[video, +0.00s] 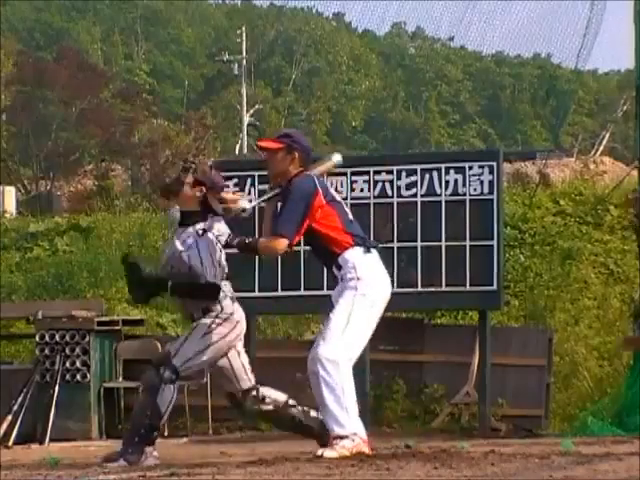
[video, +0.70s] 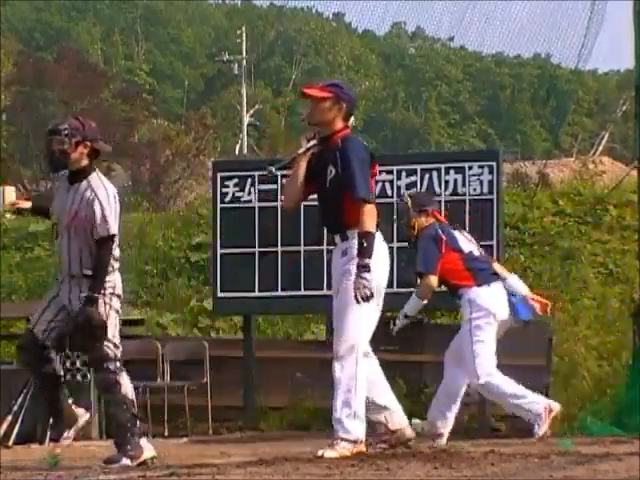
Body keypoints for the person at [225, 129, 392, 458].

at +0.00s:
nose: (265, 160)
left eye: (271, 154)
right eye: (266, 154)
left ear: (292, 157)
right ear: (291, 158)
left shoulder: (303, 185)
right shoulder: (302, 186)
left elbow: (278, 246)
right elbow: (274, 242)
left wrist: (242, 244)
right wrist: (272, 202)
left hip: (363, 276)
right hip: (355, 277)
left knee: (330, 355)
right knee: (321, 356)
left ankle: (351, 437)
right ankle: (344, 434)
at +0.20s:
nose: (278, 136)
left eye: (285, 130)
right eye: (280, 130)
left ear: (305, 136)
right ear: (297, 137)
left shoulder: (315, 167)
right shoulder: (300, 175)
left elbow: (316, 232)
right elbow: (277, 234)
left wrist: (268, 253)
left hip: (355, 262)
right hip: (345, 265)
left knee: (334, 353)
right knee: (324, 354)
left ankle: (351, 436)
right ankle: (348, 435)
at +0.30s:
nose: (286, 128)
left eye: (293, 123)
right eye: (288, 123)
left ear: (313, 129)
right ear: (301, 130)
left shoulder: (323, 163)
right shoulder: (301, 172)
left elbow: (330, 224)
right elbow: (278, 225)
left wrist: (298, 267)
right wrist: (281, 185)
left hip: (354, 260)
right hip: (339, 264)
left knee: (332, 351)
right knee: (324, 355)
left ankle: (350, 437)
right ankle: (350, 436)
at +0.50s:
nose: (300, 116)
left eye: (307, 110)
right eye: (300, 110)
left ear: (327, 117)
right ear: (313, 118)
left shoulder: (336, 155)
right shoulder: (311, 158)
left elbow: (347, 211)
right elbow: (283, 211)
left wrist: (353, 270)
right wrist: (288, 170)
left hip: (354, 254)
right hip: (338, 255)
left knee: (337, 345)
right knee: (347, 347)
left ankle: (348, 437)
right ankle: (356, 436)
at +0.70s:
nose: (310, 109)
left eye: (318, 103)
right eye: (311, 103)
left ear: (339, 109)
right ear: (326, 109)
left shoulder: (351, 147)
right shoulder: (321, 153)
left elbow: (368, 207)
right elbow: (291, 199)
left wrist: (364, 266)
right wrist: (302, 155)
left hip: (362, 248)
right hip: (344, 250)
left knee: (349, 345)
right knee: (352, 345)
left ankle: (350, 437)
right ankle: (394, 422)